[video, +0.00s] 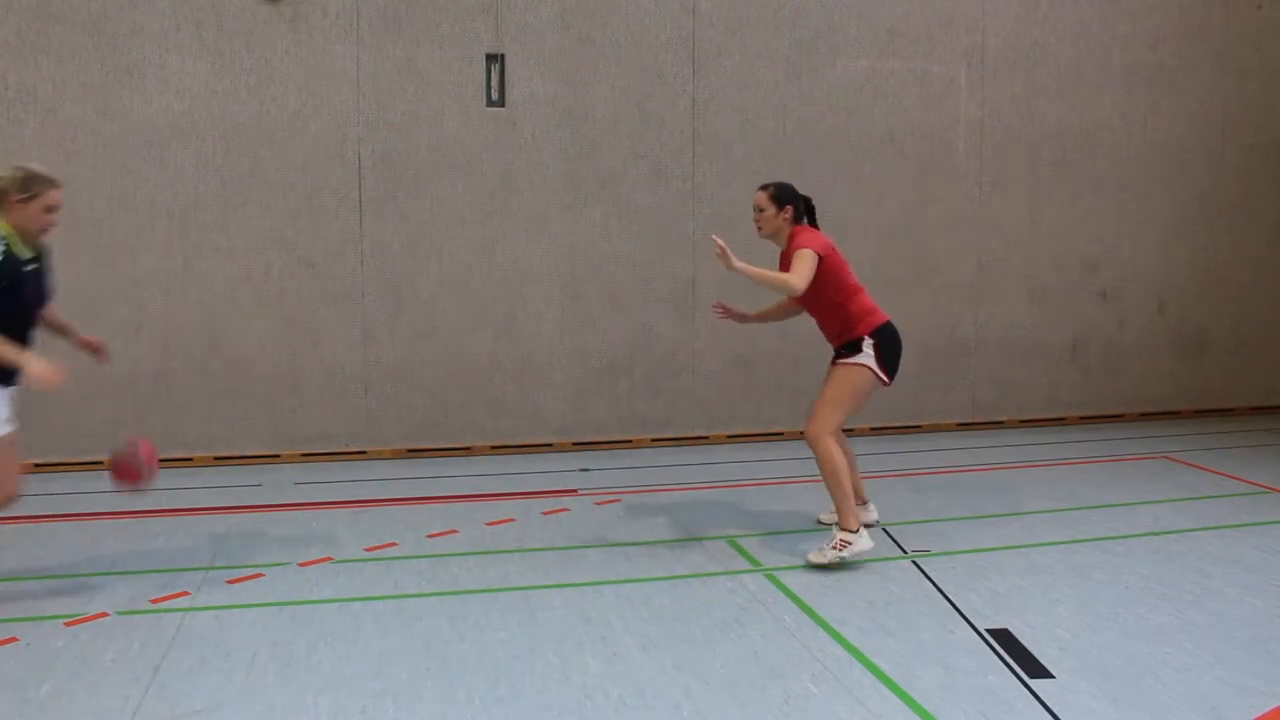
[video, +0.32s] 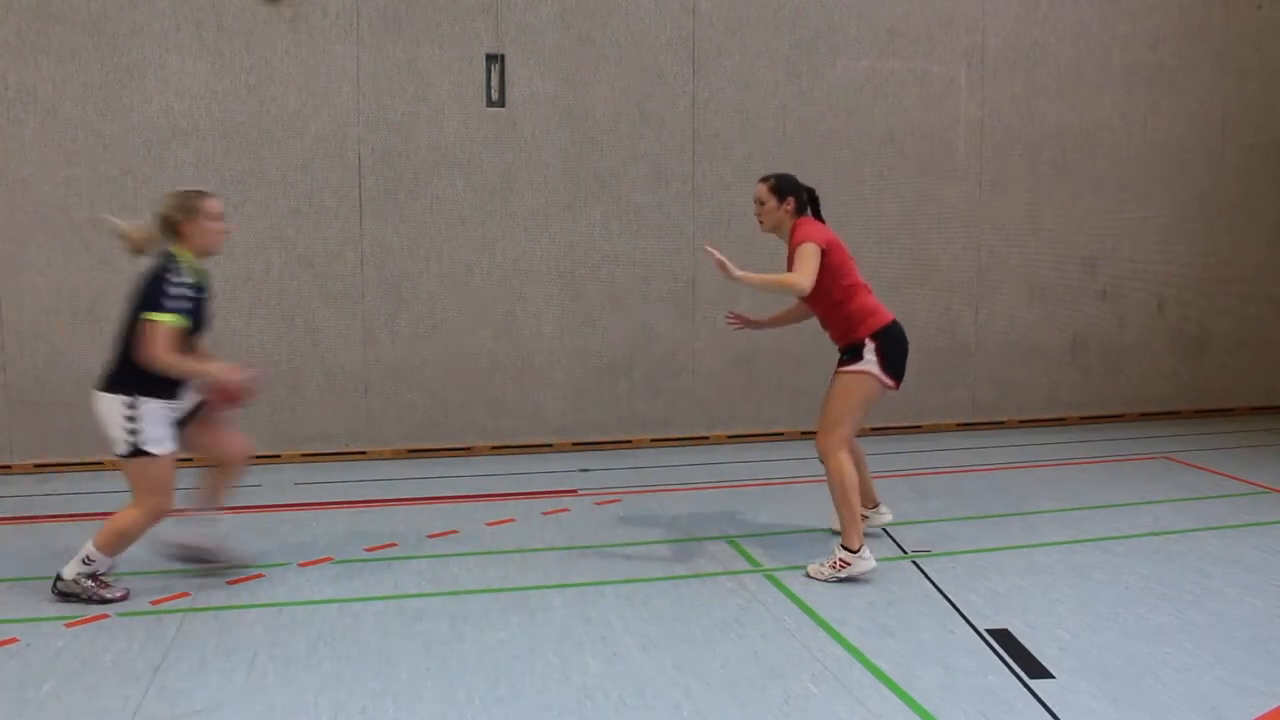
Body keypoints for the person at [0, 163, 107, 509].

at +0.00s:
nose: (53, 220)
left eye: (56, 211)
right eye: (48, 210)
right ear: (15, 205)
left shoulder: (33, 250)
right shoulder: (2, 253)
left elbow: (36, 309)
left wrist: (77, 338)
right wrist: (27, 361)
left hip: (8, 383)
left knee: (8, 487)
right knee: (6, 488)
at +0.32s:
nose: (224, 228)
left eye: (223, 219)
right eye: (215, 220)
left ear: (190, 227)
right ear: (185, 226)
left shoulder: (194, 276)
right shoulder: (173, 277)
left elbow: (188, 345)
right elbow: (155, 353)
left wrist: (219, 379)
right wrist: (216, 372)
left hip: (171, 396)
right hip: (135, 399)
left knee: (233, 451)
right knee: (154, 502)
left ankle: (193, 537)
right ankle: (77, 574)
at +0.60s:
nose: (400, 177)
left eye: (400, 169)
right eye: (392, 170)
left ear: (397, 178)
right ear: (367, 175)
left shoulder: (395, 223)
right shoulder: (351, 218)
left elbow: (431, 269)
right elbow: (321, 235)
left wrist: (481, 298)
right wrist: (367, 199)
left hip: (397, 353)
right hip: (362, 354)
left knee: (401, 448)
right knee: (380, 452)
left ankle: (352, 530)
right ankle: (316, 520)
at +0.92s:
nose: (630, 206)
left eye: (628, 199)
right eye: (621, 200)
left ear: (608, 209)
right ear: (596, 208)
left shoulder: (618, 251)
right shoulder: (586, 247)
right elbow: (552, 259)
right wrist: (517, 206)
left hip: (634, 378)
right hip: (598, 380)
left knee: (686, 437)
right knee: (571, 471)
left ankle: (698, 525)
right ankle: (488, 535)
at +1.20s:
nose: (742, 204)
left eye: (742, 196)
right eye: (735, 197)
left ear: (730, 203)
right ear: (711, 204)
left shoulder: (728, 245)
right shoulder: (712, 241)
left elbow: (707, 313)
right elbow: (706, 260)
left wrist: (772, 343)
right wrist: (691, 200)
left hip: (737, 369)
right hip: (712, 370)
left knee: (765, 445)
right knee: (677, 463)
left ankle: (712, 519)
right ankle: (593, 528)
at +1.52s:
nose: (780, 209)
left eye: (781, 201)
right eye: (772, 201)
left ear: (748, 207)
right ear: (741, 204)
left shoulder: (753, 245)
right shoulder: (738, 248)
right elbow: (796, 269)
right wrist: (833, 202)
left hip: (746, 377)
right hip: (721, 381)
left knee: (738, 459)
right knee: (758, 481)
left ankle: (719, 518)